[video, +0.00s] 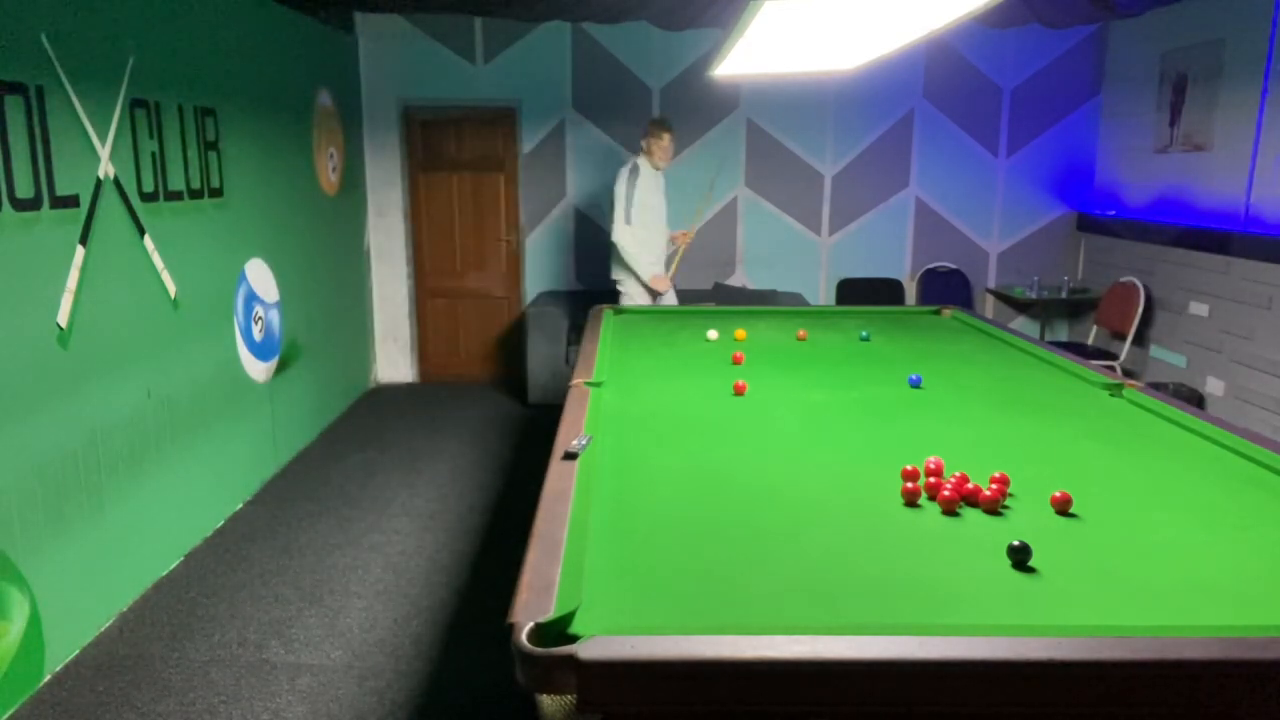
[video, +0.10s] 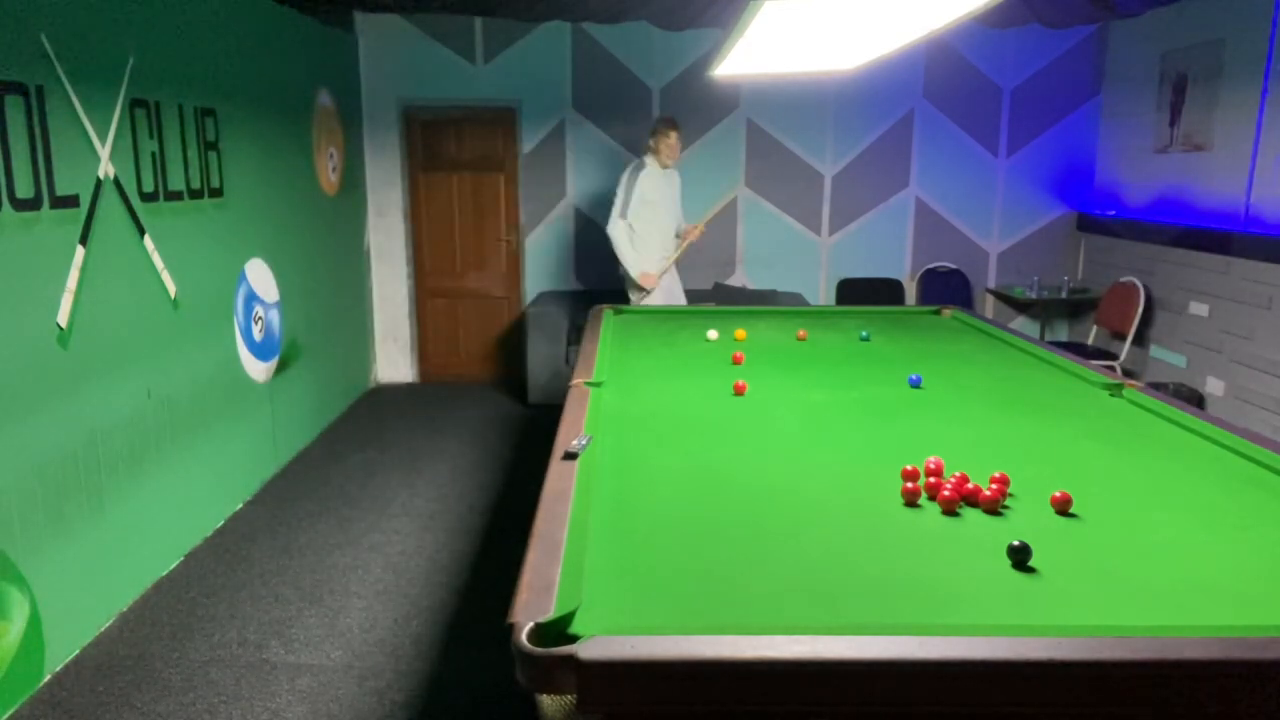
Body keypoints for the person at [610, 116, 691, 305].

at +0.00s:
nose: (665, 153)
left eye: (668, 147)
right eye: (659, 147)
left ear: (672, 149)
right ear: (644, 144)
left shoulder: (658, 176)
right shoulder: (631, 173)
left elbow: (647, 226)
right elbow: (620, 233)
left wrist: (671, 238)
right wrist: (651, 276)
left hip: (658, 272)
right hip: (634, 276)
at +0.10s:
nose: (674, 148)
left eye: (677, 142)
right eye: (667, 141)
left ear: (680, 145)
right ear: (653, 143)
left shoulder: (673, 176)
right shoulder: (636, 172)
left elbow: (674, 218)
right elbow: (615, 226)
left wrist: (684, 230)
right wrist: (638, 272)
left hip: (667, 267)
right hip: (643, 271)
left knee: (680, 319)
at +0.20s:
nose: (674, 146)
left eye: (679, 139)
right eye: (668, 138)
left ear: (683, 143)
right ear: (657, 141)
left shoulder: (681, 174)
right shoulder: (638, 172)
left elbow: (683, 219)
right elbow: (612, 223)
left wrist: (697, 227)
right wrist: (625, 272)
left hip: (674, 269)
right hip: (648, 274)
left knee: (683, 325)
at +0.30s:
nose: (676, 143)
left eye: (681, 136)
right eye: (670, 136)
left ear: (686, 140)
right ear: (659, 139)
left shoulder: (691, 173)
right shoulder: (640, 173)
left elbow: (697, 216)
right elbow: (607, 216)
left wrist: (708, 221)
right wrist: (621, 263)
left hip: (680, 267)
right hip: (652, 270)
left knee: (683, 327)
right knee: (658, 328)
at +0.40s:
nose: (676, 142)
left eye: (681, 135)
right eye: (670, 135)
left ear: (688, 139)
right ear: (660, 139)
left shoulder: (698, 173)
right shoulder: (643, 174)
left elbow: (706, 216)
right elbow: (610, 214)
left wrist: (714, 225)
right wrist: (620, 261)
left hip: (685, 267)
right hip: (653, 268)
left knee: (683, 330)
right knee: (657, 330)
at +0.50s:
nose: (675, 141)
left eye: (680, 135)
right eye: (669, 135)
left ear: (686, 138)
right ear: (660, 139)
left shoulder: (702, 174)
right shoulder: (644, 176)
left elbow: (709, 216)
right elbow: (615, 217)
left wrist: (713, 234)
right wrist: (618, 262)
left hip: (688, 269)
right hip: (655, 270)